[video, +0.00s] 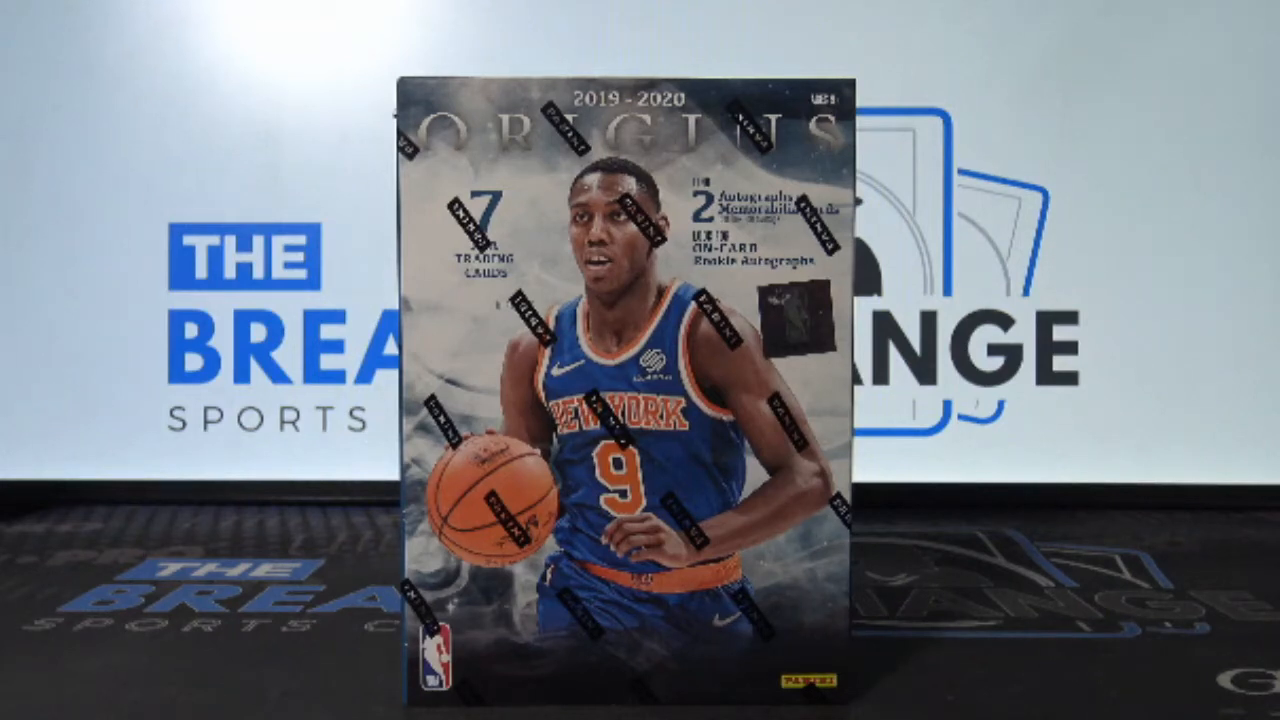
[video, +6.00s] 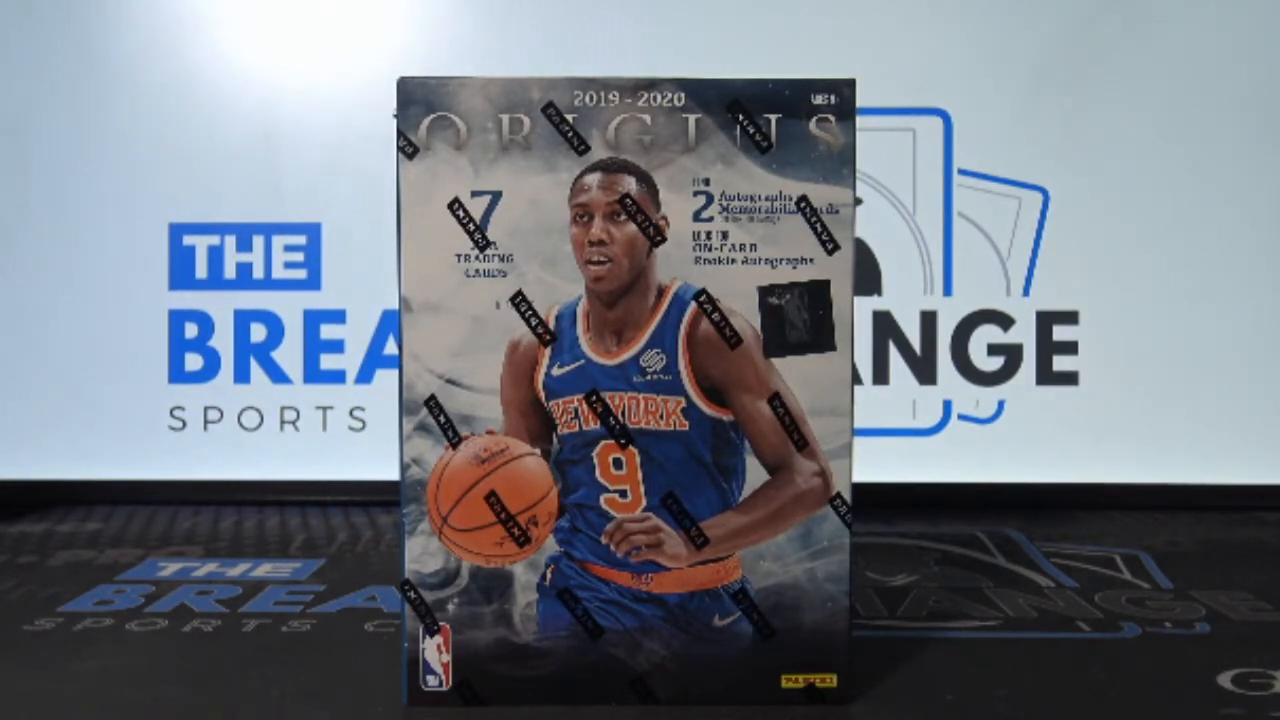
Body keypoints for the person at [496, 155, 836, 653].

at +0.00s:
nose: (595, 235)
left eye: (618, 216)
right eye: (581, 218)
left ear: (657, 230)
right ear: (569, 232)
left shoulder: (711, 334)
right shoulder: (534, 353)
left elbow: (809, 476)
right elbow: (526, 489)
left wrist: (695, 542)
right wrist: (476, 472)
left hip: (698, 612)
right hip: (582, 606)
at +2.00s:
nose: (595, 235)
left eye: (618, 216)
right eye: (581, 218)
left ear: (657, 230)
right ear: (569, 232)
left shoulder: (712, 334)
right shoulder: (534, 353)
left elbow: (809, 476)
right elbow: (526, 487)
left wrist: (695, 542)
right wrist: (477, 471)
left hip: (698, 613)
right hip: (583, 606)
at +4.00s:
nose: (595, 234)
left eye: (617, 216)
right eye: (582, 218)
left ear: (657, 230)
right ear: (570, 231)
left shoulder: (712, 334)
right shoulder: (534, 352)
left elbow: (809, 476)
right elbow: (525, 486)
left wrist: (694, 544)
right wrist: (479, 469)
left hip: (697, 613)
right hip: (583, 606)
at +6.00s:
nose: (595, 235)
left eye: (617, 216)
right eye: (582, 218)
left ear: (657, 230)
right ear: (570, 232)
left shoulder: (712, 334)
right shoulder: (534, 353)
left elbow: (809, 476)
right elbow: (525, 488)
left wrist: (695, 543)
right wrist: (475, 473)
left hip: (697, 612)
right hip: (582, 605)